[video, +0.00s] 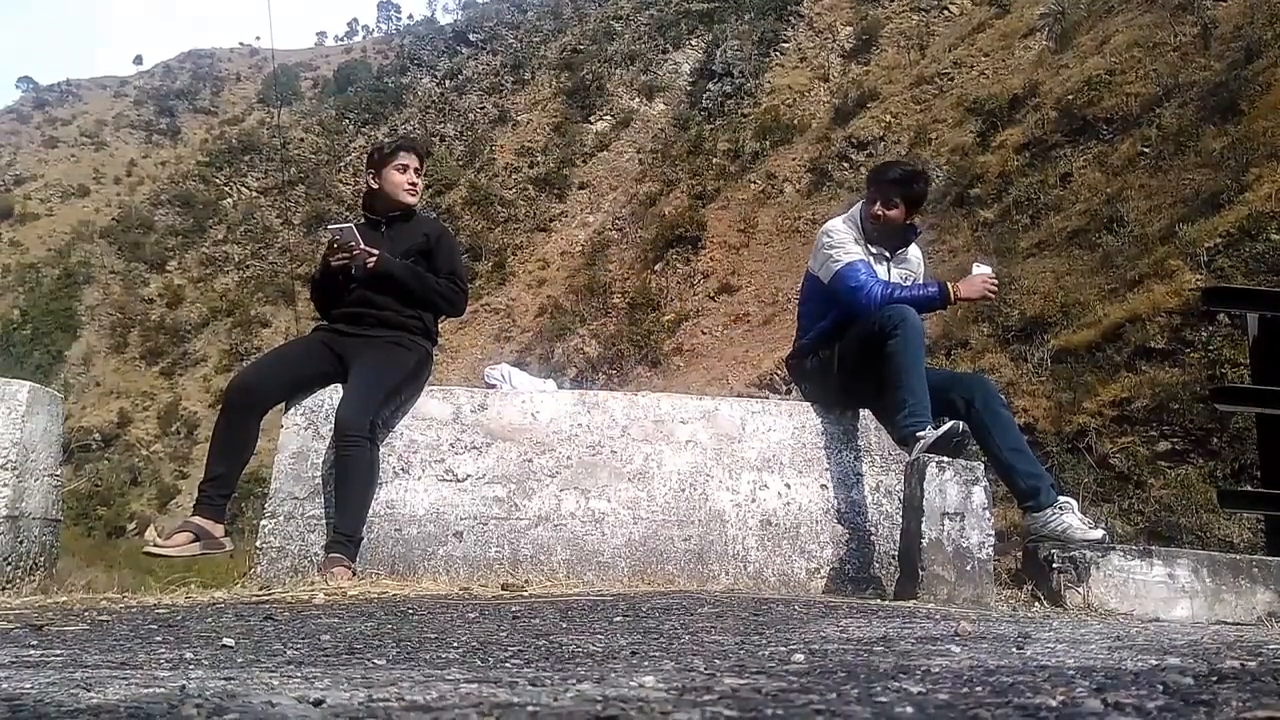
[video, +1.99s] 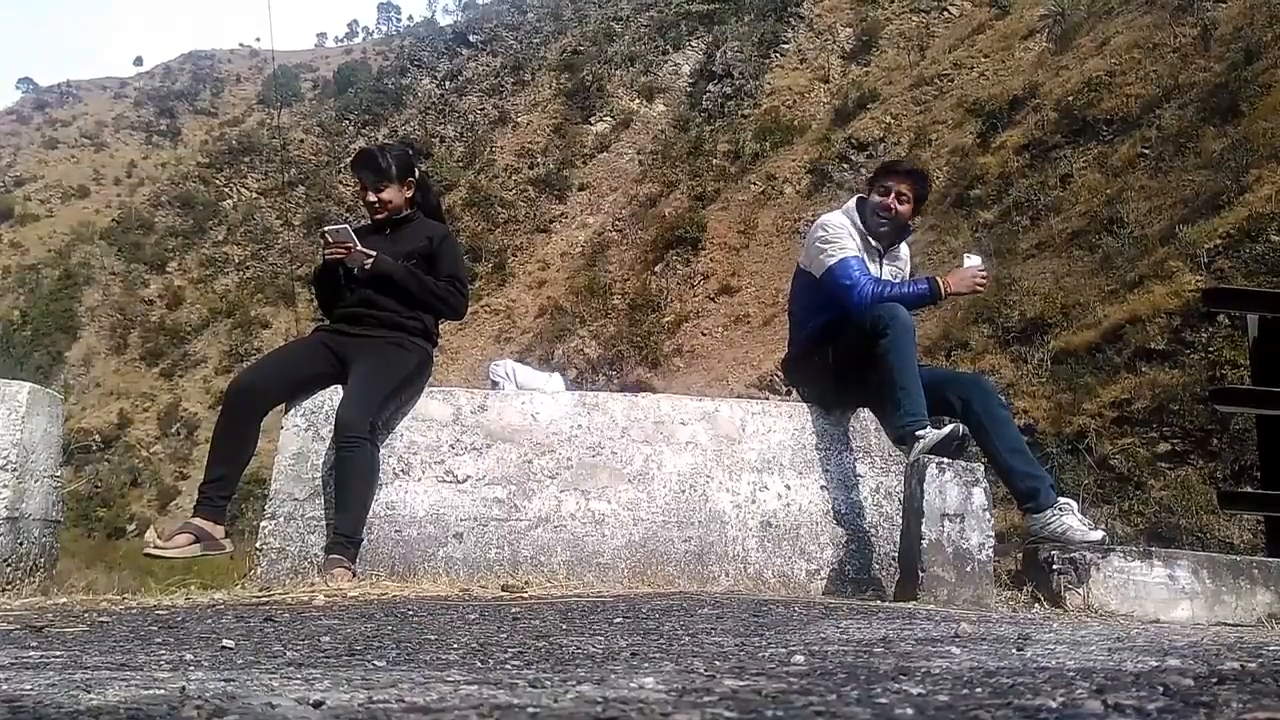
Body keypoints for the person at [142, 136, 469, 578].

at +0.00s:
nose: (414, 179)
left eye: (419, 172)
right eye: (403, 169)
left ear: (421, 182)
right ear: (374, 178)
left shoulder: (432, 232)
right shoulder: (350, 232)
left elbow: (455, 300)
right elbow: (325, 304)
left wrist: (387, 265)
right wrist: (330, 268)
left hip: (397, 344)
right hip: (337, 337)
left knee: (353, 425)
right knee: (246, 390)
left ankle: (340, 559)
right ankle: (208, 522)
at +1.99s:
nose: (372, 197)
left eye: (382, 188)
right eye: (366, 189)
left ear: (410, 185)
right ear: (360, 188)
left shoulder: (434, 235)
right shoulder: (354, 233)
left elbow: (455, 304)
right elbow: (331, 304)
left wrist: (383, 265)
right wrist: (331, 264)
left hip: (397, 346)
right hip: (337, 338)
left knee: (353, 425)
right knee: (247, 390)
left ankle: (341, 561)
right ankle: (208, 523)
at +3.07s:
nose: (376, 194)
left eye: (385, 183)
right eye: (368, 186)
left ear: (410, 177)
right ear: (362, 187)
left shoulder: (436, 230)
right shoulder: (356, 229)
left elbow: (455, 298)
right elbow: (334, 299)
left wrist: (376, 259)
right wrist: (328, 258)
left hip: (397, 341)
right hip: (336, 333)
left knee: (353, 420)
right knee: (247, 385)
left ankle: (341, 557)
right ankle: (208, 518)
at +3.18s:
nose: (375, 196)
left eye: (383, 184)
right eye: (367, 188)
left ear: (409, 178)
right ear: (360, 187)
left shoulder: (435, 229)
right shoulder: (356, 228)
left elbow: (455, 299)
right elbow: (333, 299)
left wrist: (377, 260)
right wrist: (327, 259)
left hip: (397, 341)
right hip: (336, 333)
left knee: (353, 420)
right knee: (248, 385)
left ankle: (341, 557)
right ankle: (208, 518)